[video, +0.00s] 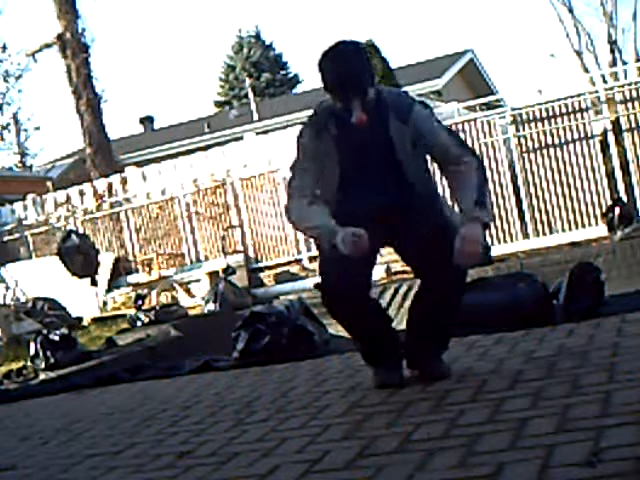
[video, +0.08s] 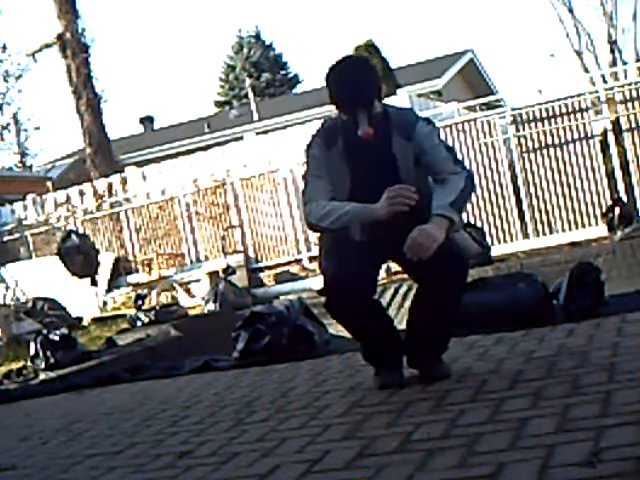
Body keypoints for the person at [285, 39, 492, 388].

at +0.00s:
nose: (355, 109)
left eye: (362, 97)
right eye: (344, 102)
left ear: (373, 83)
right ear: (330, 92)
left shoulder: (403, 109)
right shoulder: (319, 128)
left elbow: (461, 162)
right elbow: (299, 202)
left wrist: (474, 220)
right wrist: (334, 234)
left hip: (412, 216)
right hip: (353, 227)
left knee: (447, 270)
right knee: (340, 292)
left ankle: (424, 352)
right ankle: (385, 358)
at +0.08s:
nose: (360, 120)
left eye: (367, 109)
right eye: (348, 112)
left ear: (378, 95)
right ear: (335, 105)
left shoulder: (409, 126)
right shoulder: (325, 142)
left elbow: (456, 177)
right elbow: (314, 210)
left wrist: (438, 223)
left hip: (411, 230)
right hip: (354, 239)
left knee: (448, 265)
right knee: (341, 293)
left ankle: (425, 351)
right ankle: (386, 358)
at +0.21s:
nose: (365, 121)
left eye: (370, 111)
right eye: (356, 114)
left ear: (383, 110)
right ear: (346, 119)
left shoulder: (421, 150)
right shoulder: (334, 166)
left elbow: (451, 201)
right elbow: (339, 221)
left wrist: (397, 214)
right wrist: (407, 196)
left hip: (420, 245)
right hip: (361, 255)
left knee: (451, 278)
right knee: (338, 297)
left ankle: (427, 352)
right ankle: (386, 357)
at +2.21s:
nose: (363, 120)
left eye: (370, 109)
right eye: (351, 113)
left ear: (382, 110)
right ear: (339, 121)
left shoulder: (418, 160)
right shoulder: (328, 182)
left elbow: (434, 223)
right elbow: (345, 244)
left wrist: (357, 218)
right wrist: (414, 215)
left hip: (423, 265)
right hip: (365, 277)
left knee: (446, 298)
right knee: (359, 316)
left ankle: (434, 358)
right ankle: (384, 367)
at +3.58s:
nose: (349, 121)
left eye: (357, 109)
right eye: (337, 113)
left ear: (368, 110)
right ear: (326, 119)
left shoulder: (402, 156)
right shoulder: (315, 179)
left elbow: (419, 217)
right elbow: (329, 235)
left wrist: (344, 212)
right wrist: (399, 208)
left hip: (413, 260)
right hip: (359, 273)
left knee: (430, 292)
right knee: (362, 313)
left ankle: (434, 361)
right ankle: (385, 370)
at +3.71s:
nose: (343, 113)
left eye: (351, 102)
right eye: (332, 106)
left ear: (363, 104)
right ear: (320, 112)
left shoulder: (395, 147)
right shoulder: (308, 173)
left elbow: (407, 193)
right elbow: (321, 228)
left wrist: (337, 202)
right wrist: (386, 209)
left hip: (413, 263)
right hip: (358, 278)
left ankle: (442, 347)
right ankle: (385, 366)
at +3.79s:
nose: (341, 115)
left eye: (349, 104)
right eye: (329, 108)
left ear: (360, 106)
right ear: (317, 114)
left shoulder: (391, 151)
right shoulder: (306, 176)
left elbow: (409, 196)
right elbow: (321, 232)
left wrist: (338, 204)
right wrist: (387, 207)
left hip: (412, 253)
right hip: (358, 266)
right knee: (368, 308)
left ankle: (453, 361)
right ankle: (386, 369)